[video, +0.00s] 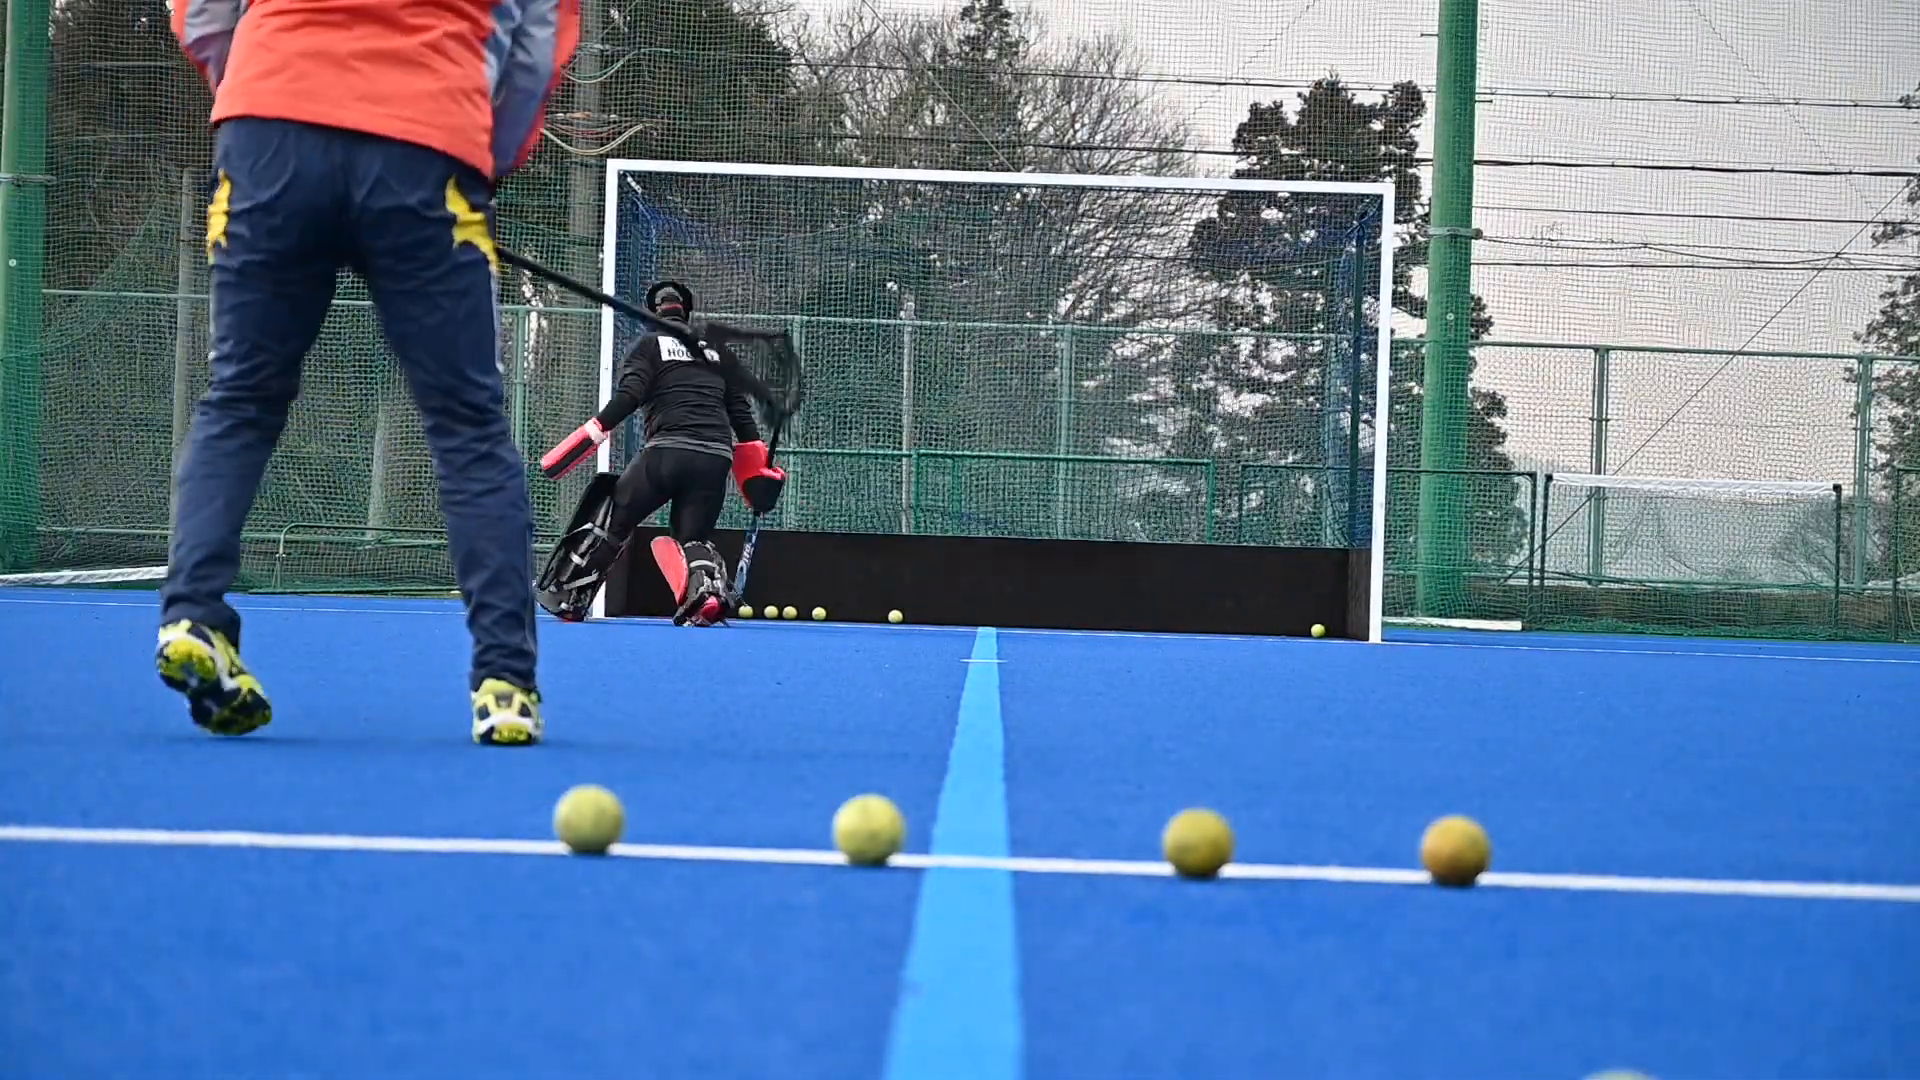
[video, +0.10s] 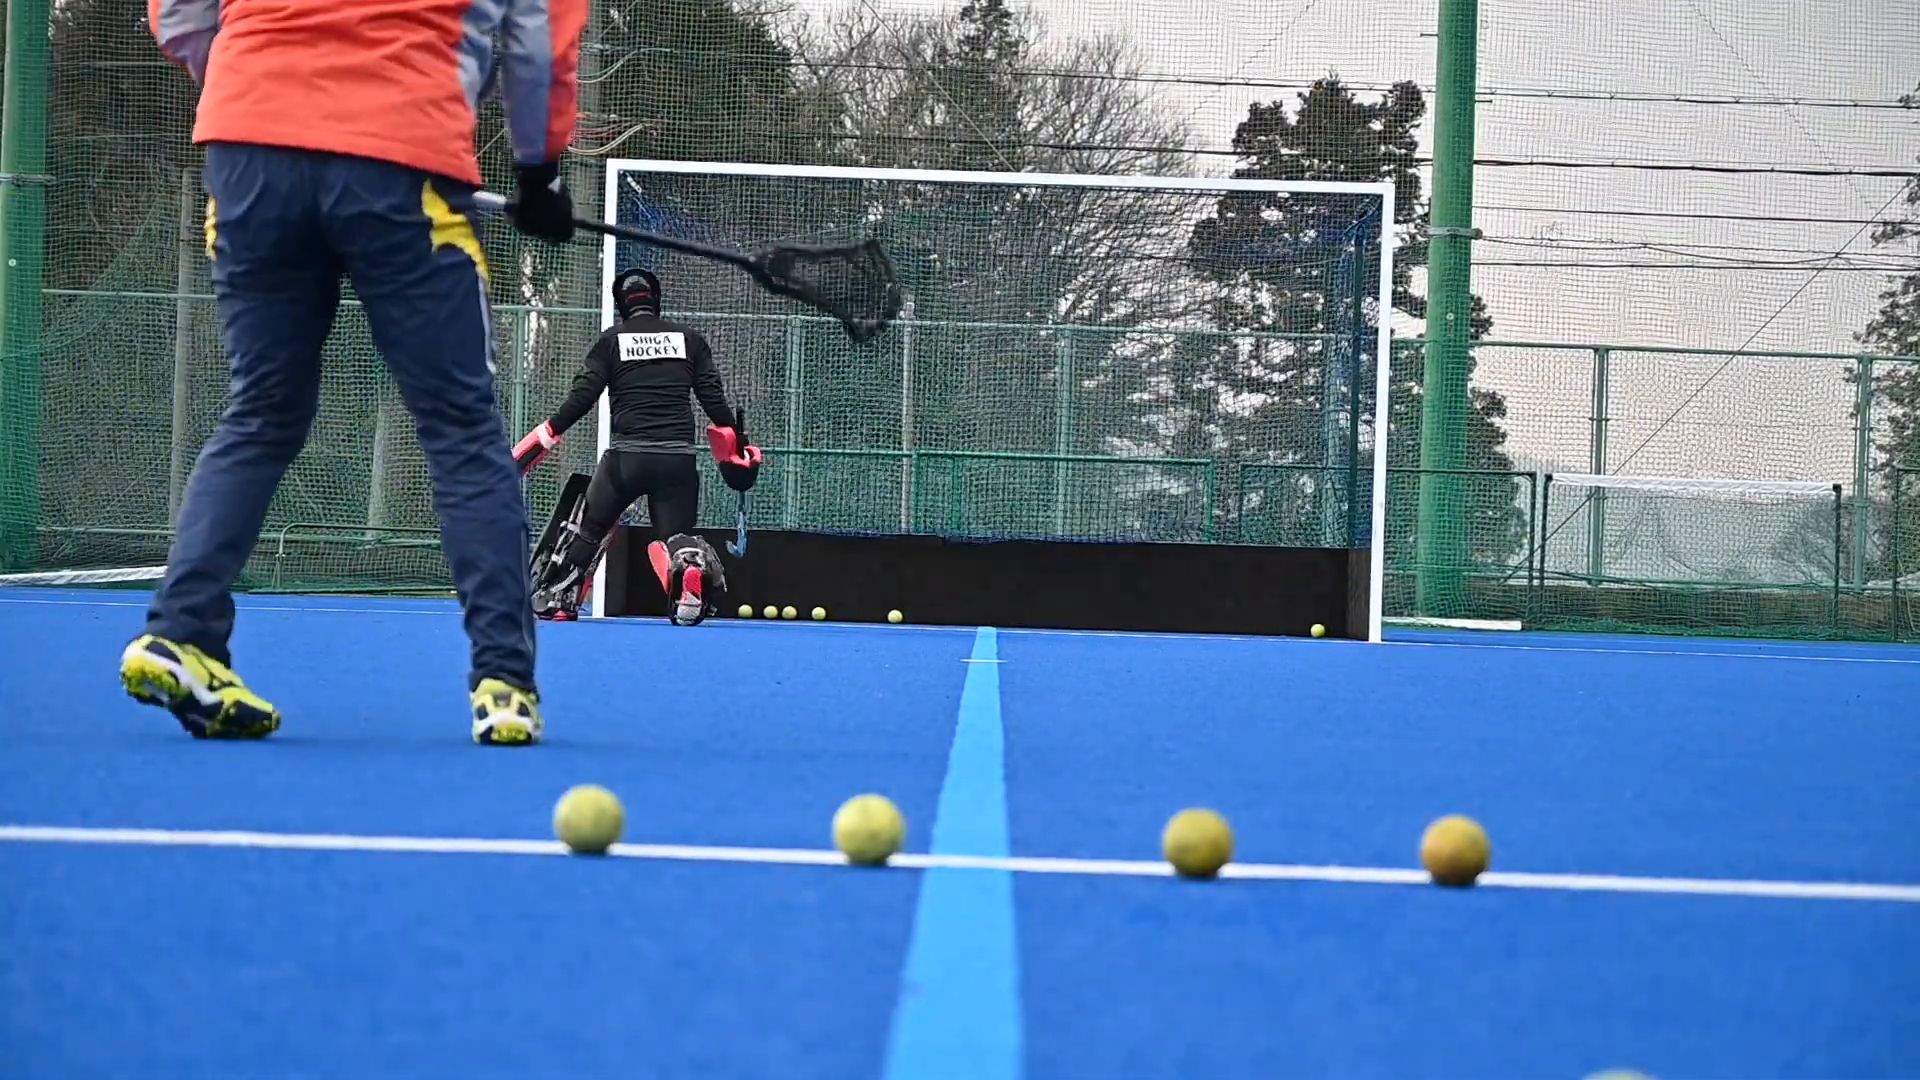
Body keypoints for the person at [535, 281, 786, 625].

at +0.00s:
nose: (668, 307)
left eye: (666, 303)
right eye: (669, 302)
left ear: (653, 312)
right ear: (688, 311)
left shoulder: (649, 343)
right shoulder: (716, 349)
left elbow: (631, 394)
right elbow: (739, 408)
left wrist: (588, 434)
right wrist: (757, 465)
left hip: (668, 451)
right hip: (715, 459)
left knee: (616, 520)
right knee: (694, 539)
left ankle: (575, 596)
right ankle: (708, 590)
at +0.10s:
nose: (631, 301)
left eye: (626, 297)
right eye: (642, 294)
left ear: (620, 303)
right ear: (657, 300)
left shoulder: (612, 340)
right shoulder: (689, 337)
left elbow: (583, 396)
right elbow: (712, 395)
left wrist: (547, 433)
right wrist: (733, 439)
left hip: (627, 460)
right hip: (679, 462)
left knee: (590, 531)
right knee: (679, 537)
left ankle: (559, 602)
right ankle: (691, 564)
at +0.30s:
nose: (622, 285)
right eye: (622, 279)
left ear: (583, 287)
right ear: (619, 283)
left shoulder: (563, 328)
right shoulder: (641, 324)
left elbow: (540, 384)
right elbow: (663, 382)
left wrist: (528, 419)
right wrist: (706, 405)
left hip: (589, 449)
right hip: (638, 449)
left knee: (574, 523)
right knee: (657, 512)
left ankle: (555, 597)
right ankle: (641, 580)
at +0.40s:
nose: (619, 284)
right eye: (617, 278)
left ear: (575, 282)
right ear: (612, 280)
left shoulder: (550, 322)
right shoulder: (624, 317)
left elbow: (545, 380)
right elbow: (642, 375)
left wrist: (554, 398)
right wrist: (684, 391)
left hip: (579, 444)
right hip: (629, 441)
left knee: (568, 522)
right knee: (653, 502)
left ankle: (554, 599)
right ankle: (668, 581)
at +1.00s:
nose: (665, 293)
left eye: (663, 286)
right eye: (662, 287)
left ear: (622, 287)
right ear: (654, 288)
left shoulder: (594, 323)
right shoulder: (665, 324)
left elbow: (574, 381)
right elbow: (677, 377)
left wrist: (585, 413)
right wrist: (726, 382)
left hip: (608, 440)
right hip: (655, 441)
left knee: (587, 519)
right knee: (669, 524)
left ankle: (556, 588)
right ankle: (668, 602)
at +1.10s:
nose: (683, 290)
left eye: (682, 283)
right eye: (680, 283)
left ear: (640, 284)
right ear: (670, 285)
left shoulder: (614, 321)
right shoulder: (682, 323)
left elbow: (600, 380)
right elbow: (709, 376)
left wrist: (591, 424)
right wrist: (751, 378)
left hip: (625, 439)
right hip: (669, 441)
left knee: (609, 514)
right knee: (675, 527)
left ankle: (577, 562)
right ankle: (668, 604)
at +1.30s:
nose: (711, 283)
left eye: (708, 276)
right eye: (706, 277)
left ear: (669, 280)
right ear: (696, 280)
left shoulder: (645, 317)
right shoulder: (709, 319)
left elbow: (630, 375)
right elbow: (747, 370)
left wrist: (607, 417)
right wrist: (788, 364)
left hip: (650, 435)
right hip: (690, 436)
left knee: (655, 508)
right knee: (681, 522)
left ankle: (619, 581)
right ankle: (666, 601)